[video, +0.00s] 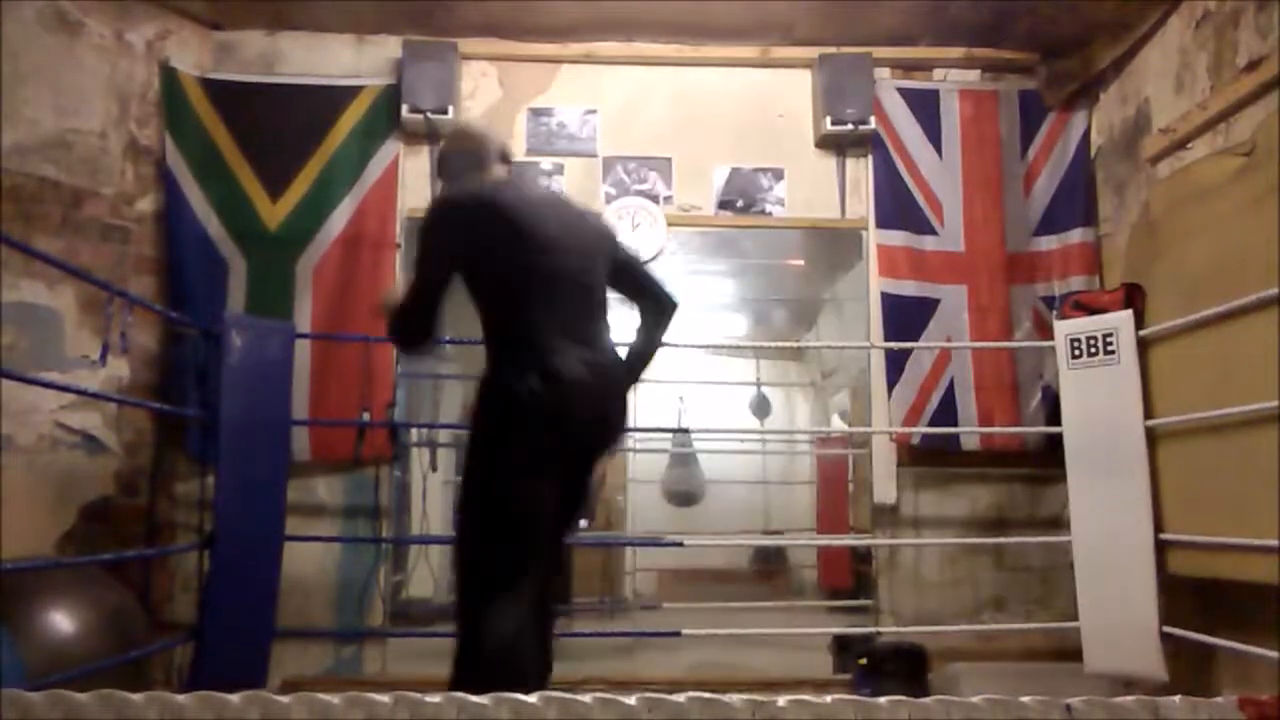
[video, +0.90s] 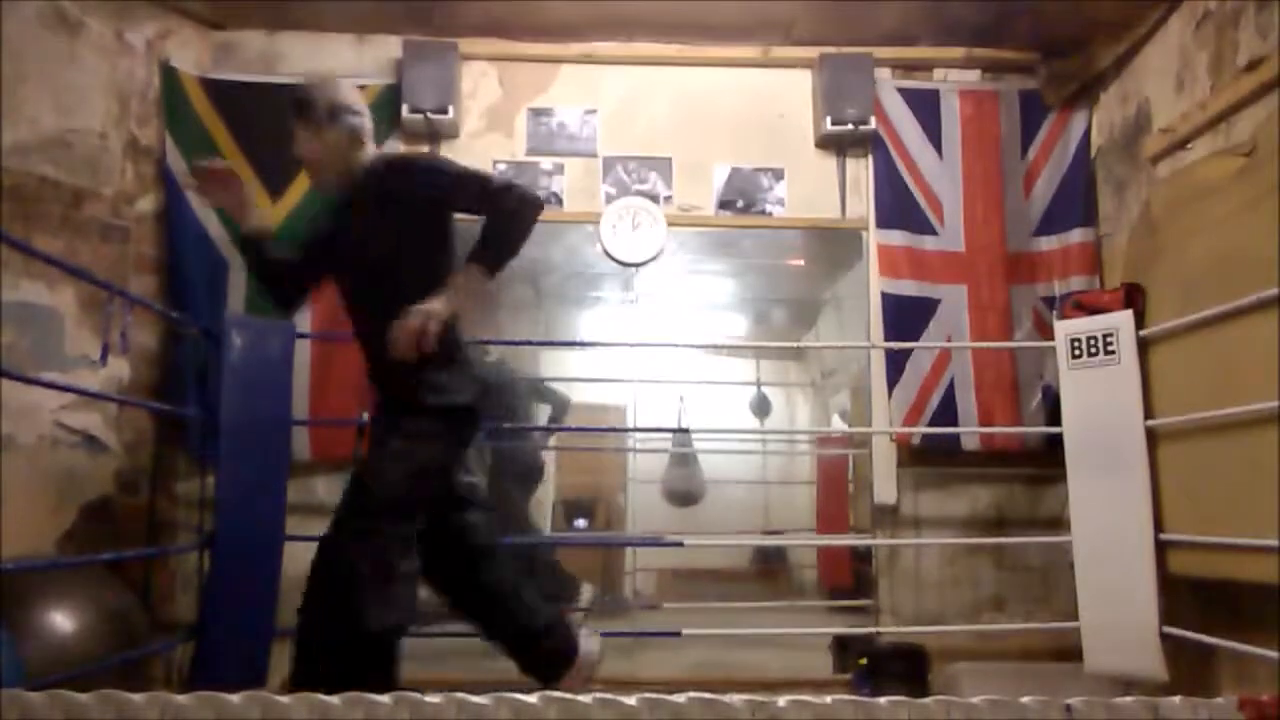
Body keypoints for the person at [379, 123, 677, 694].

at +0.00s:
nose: (444, 188)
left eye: (443, 179)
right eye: (443, 179)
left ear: (448, 173)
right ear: (503, 163)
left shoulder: (456, 208)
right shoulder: (571, 214)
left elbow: (414, 331)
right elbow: (659, 303)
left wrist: (395, 312)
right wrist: (620, 379)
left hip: (523, 397)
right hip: (598, 398)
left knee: (488, 556)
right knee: (541, 551)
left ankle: (483, 698)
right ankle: (528, 692)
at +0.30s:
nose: (451, 249)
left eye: (450, 240)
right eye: (455, 239)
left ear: (453, 240)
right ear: (497, 234)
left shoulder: (450, 280)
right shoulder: (546, 283)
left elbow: (405, 375)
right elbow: (630, 343)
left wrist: (414, 405)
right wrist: (595, 396)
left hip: (500, 454)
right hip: (560, 454)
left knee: (428, 612)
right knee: (523, 586)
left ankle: (580, 683)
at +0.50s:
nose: (406, 329)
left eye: (406, 320)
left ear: (409, 315)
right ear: (459, 309)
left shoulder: (417, 347)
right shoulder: (509, 342)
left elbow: (437, 445)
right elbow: (551, 424)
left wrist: (451, 505)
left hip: (505, 490)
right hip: (562, 487)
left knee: (436, 618)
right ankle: (565, 620)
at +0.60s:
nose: (386, 324)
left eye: (385, 312)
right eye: (383, 314)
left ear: (395, 305)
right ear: (435, 296)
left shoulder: (416, 332)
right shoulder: (487, 337)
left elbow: (453, 418)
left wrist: (444, 491)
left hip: (503, 492)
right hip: (552, 488)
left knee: (403, 612)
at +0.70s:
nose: (354, 271)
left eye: (355, 258)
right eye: (351, 259)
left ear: (377, 250)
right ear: (397, 245)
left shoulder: (426, 285)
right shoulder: (420, 296)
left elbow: (496, 330)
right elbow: (438, 389)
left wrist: (453, 417)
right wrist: (382, 350)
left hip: (498, 465)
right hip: (502, 464)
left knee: (364, 579)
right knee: (486, 600)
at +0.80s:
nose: (327, 197)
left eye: (329, 180)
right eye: (322, 183)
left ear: (361, 174)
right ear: (359, 177)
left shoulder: (415, 209)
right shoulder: (389, 240)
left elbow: (518, 224)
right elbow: (371, 327)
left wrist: (473, 319)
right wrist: (323, 257)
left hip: (465, 421)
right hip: (445, 423)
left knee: (348, 562)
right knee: (504, 575)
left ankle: (393, 703)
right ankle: (528, 698)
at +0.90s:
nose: (300, 154)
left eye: (308, 138)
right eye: (298, 140)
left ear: (348, 133)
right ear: (318, 140)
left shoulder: (403, 176)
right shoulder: (337, 216)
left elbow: (518, 203)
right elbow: (284, 291)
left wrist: (453, 296)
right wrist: (243, 225)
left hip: (439, 399)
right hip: (403, 404)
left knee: (353, 560)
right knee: (454, 551)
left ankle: (330, 702)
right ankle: (560, 656)